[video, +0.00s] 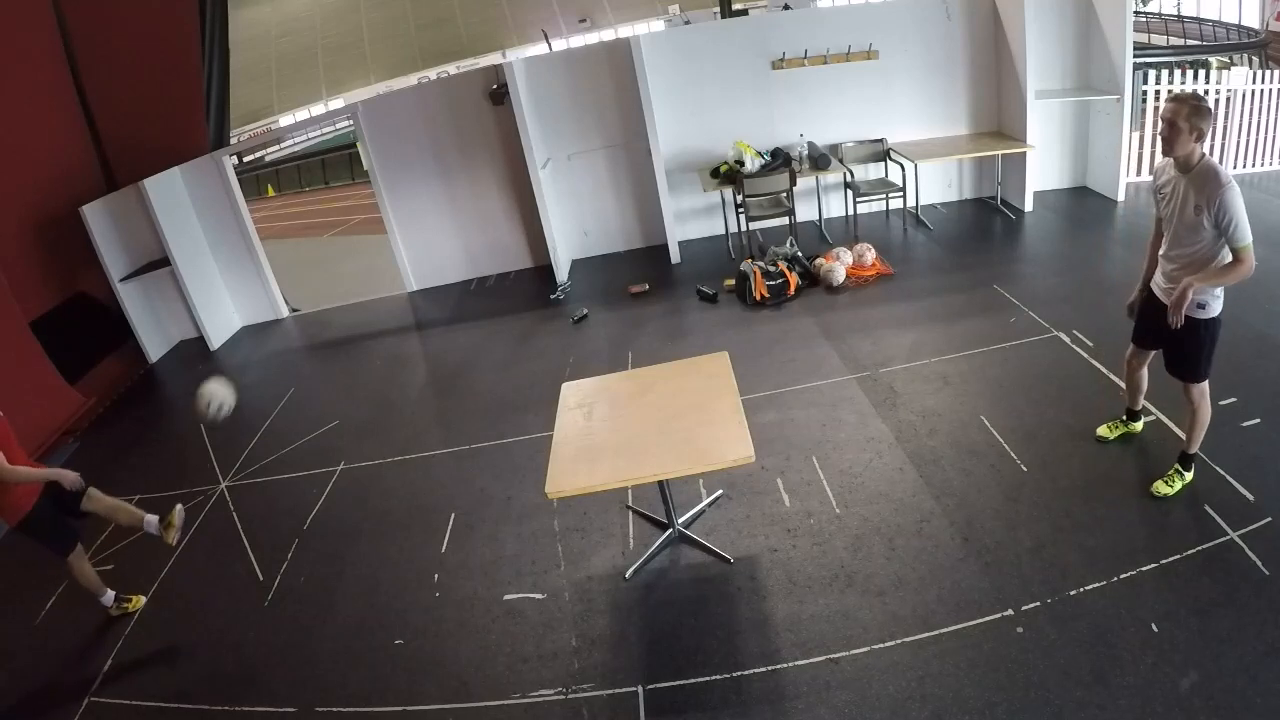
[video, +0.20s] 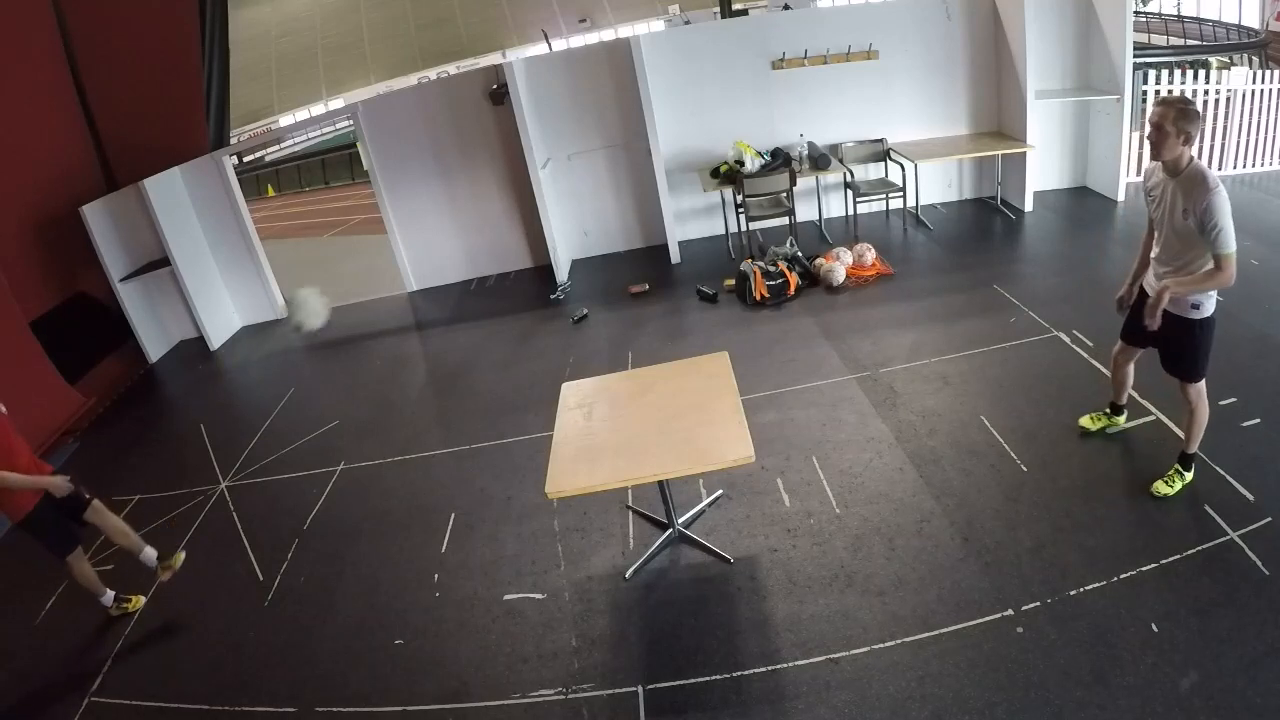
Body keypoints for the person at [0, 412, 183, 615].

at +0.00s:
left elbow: (12, 462)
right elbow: (6, 471)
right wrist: (57, 473)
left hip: (39, 480)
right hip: (19, 504)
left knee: (92, 497)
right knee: (73, 549)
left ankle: (160, 527)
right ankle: (111, 601)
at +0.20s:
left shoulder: (1, 408)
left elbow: (15, 452)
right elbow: (3, 478)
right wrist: (47, 482)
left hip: (46, 476)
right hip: (22, 503)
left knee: (96, 510)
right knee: (72, 550)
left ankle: (157, 563)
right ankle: (111, 602)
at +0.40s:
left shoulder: (2, 403)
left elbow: (27, 429)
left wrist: (65, 460)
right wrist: (20, 522)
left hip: (53, 482)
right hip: (31, 506)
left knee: (97, 527)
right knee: (72, 554)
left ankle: (124, 582)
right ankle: (110, 601)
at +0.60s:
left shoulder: (3, 389)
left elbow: (31, 424)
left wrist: (74, 444)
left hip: (50, 476)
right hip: (29, 498)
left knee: (85, 531)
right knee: (72, 550)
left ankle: (109, 588)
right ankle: (109, 602)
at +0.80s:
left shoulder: (7, 385)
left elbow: (34, 426)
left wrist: (68, 455)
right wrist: (12, 515)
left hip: (52, 475)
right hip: (31, 494)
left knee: (87, 532)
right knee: (83, 542)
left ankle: (107, 585)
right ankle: (110, 600)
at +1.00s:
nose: (3, 359)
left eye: (1, 352)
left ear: (4, 356)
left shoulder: (14, 383)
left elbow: (43, 426)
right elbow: (1, 475)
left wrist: (69, 465)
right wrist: (32, 504)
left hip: (61, 476)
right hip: (41, 495)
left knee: (90, 535)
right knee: (90, 541)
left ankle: (107, 586)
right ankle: (134, 600)